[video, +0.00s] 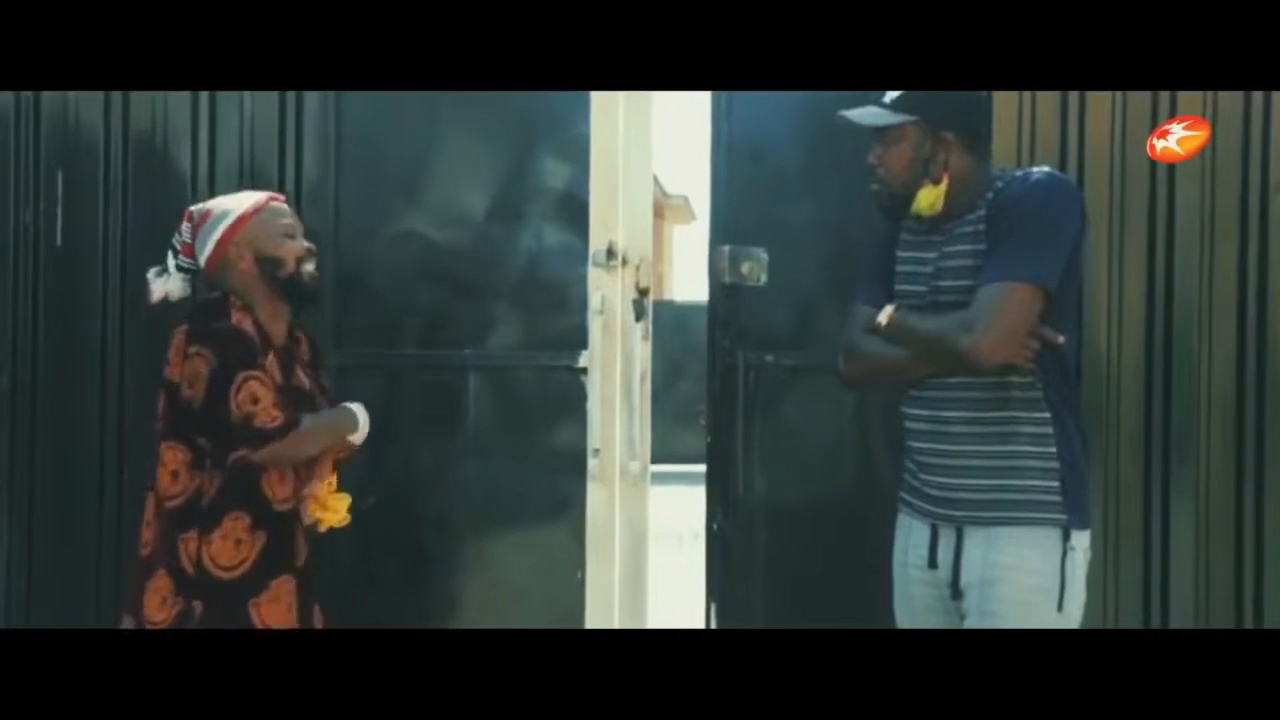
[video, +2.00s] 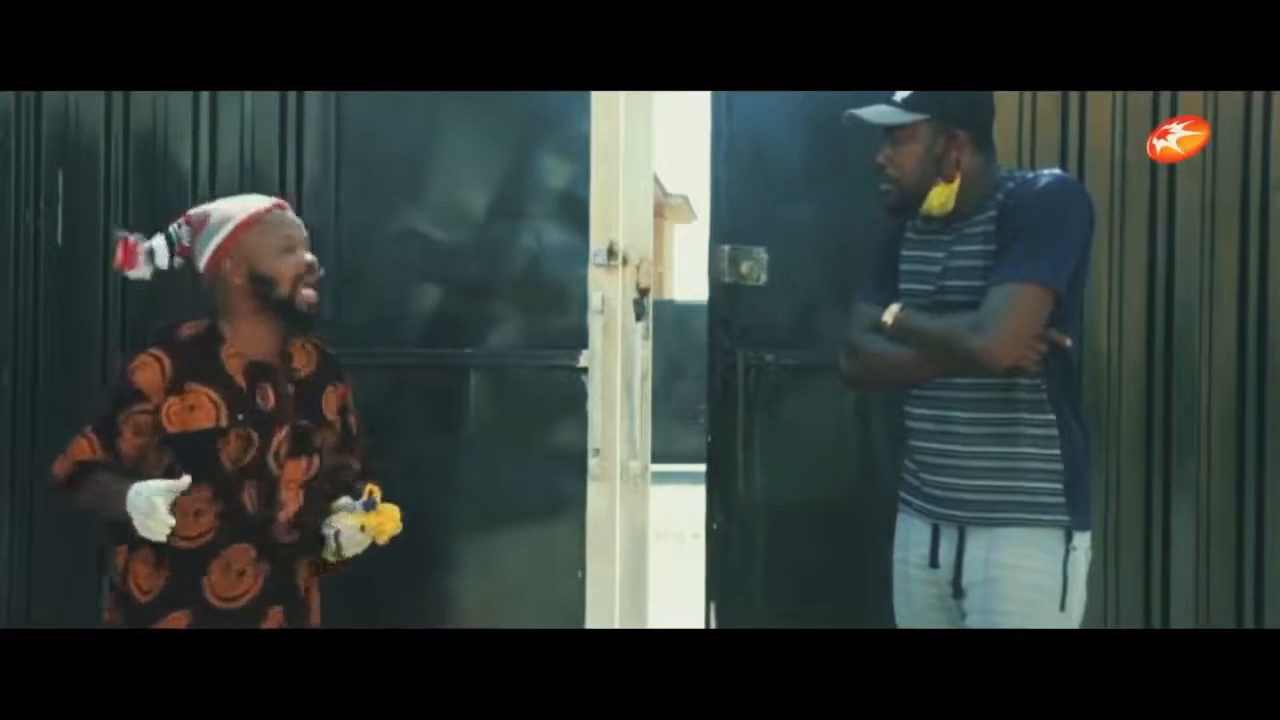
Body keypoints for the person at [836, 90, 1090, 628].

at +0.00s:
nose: (872, 159)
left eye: (888, 142)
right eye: (873, 142)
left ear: (944, 145)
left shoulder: (1040, 196)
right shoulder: (901, 225)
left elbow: (989, 343)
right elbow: (853, 360)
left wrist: (889, 319)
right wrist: (977, 339)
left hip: (1025, 523)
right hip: (922, 513)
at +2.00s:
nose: (880, 159)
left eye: (897, 141)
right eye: (882, 142)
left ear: (954, 145)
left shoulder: (1048, 198)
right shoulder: (903, 223)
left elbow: (998, 345)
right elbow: (855, 362)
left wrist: (894, 318)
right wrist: (984, 342)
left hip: (1026, 522)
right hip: (922, 513)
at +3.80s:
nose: (941, 159)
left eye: (959, 142)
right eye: (943, 143)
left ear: (1016, 149)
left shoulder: (1097, 210)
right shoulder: (969, 230)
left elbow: (1012, 343)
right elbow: (891, 341)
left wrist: (925, 304)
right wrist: (1001, 342)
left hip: (1038, 536)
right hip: (933, 518)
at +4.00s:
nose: (989, 155)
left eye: (1007, 137)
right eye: (990, 137)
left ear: (1064, 144)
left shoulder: (1152, 206)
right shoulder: (998, 226)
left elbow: (1079, 339)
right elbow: (928, 340)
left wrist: (974, 302)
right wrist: (1052, 335)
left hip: (1088, 533)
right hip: (973, 519)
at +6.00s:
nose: (991, 154)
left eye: (1008, 138)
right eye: (990, 138)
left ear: (1067, 138)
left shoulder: (1163, 190)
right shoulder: (1005, 216)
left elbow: (1095, 329)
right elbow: (941, 342)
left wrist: (984, 300)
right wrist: (1071, 329)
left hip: (1120, 527)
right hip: (1002, 515)